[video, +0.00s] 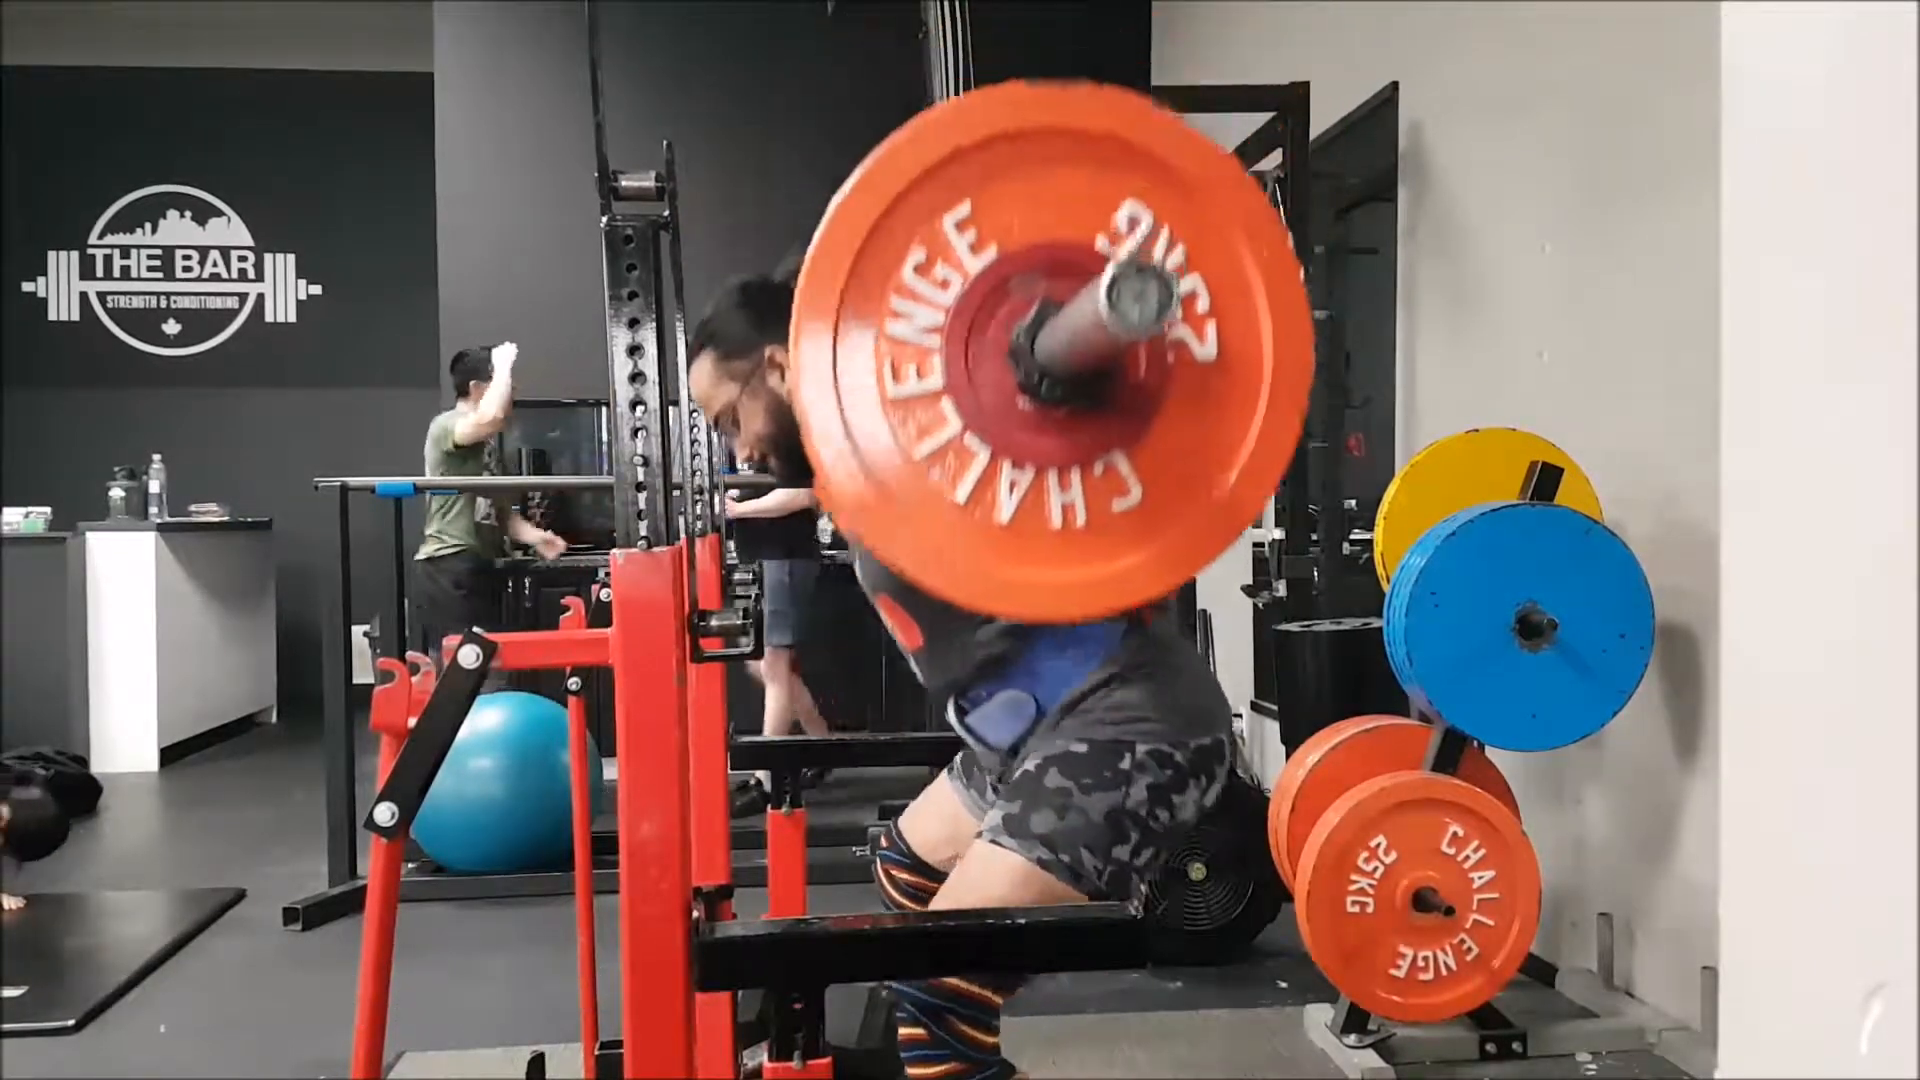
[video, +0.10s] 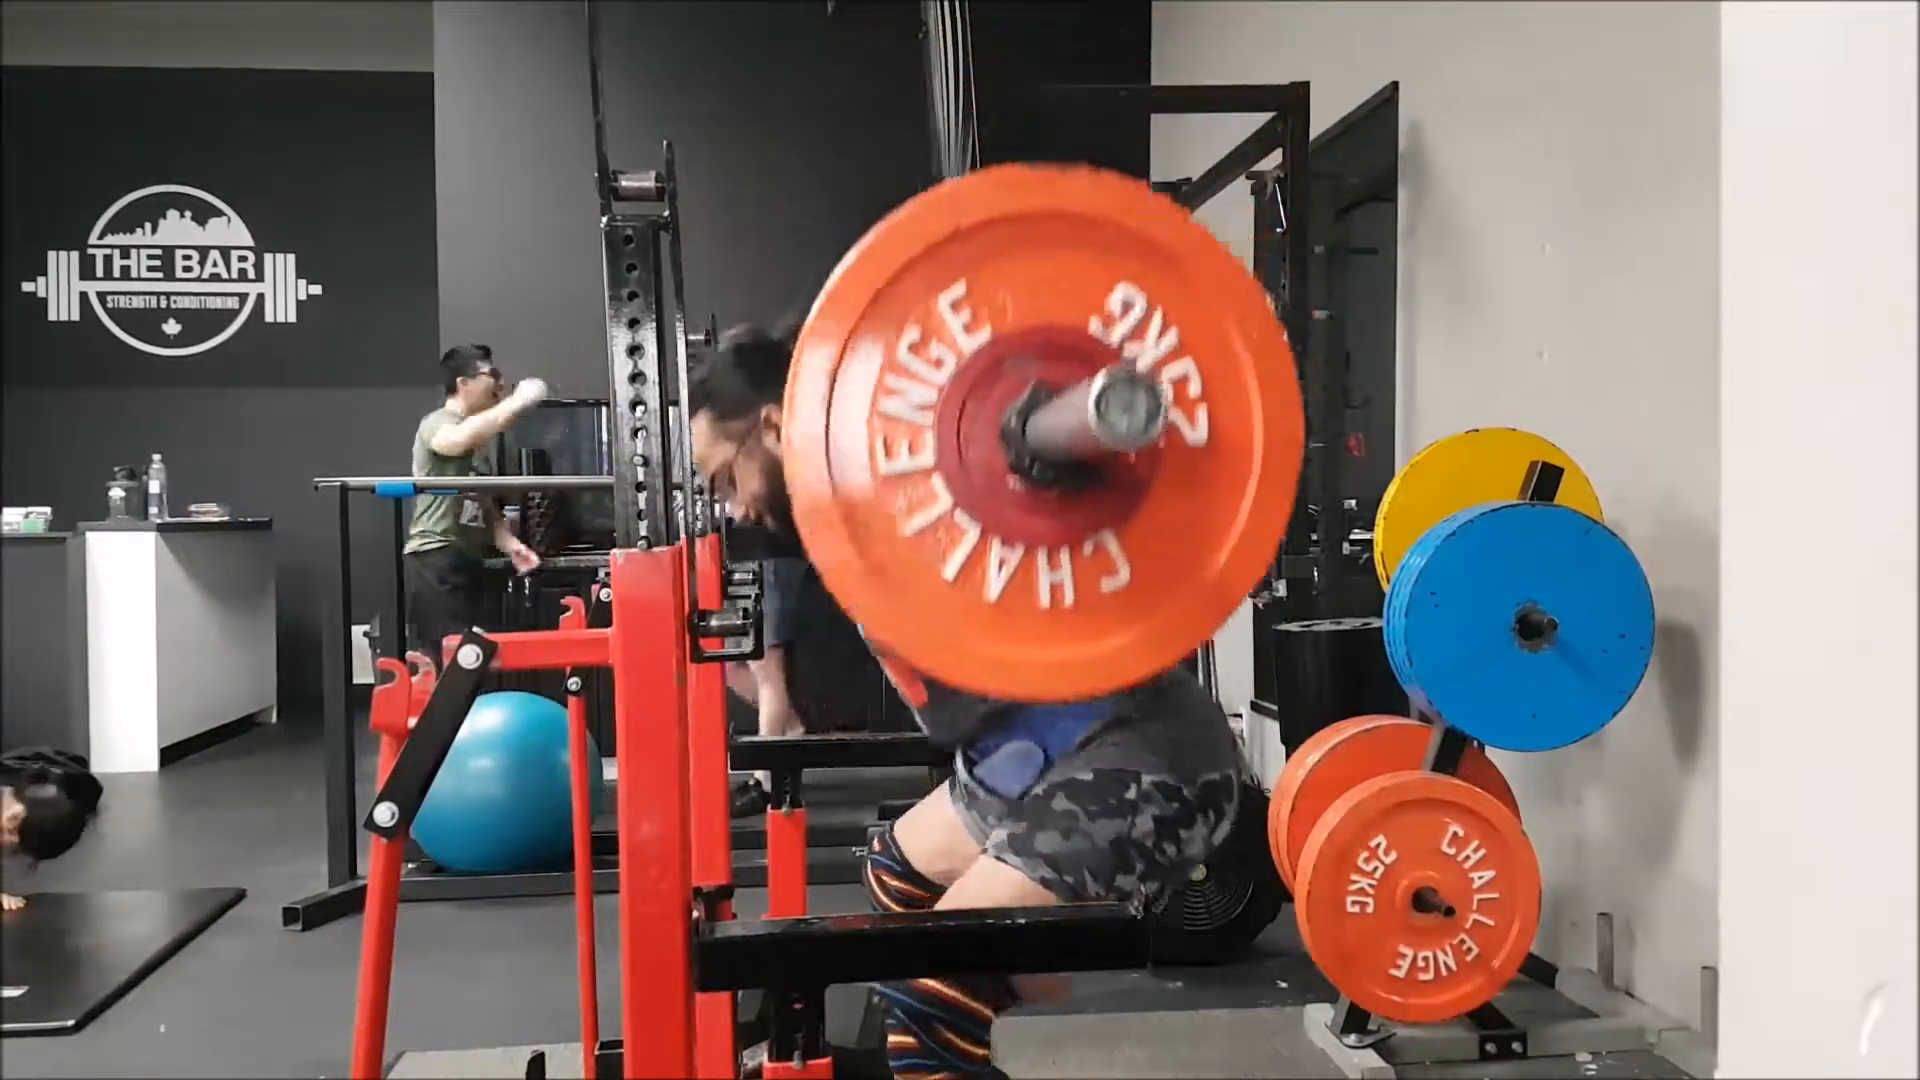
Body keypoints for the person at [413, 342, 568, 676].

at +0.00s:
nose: (508, 393)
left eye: (508, 385)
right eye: (499, 385)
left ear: (479, 391)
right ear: (474, 389)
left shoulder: (490, 442)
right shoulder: (445, 425)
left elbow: (503, 513)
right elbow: (492, 417)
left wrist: (538, 537)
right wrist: (502, 370)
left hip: (482, 563)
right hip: (446, 564)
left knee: (484, 660)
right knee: (462, 661)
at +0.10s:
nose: (499, 383)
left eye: (497, 375)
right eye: (490, 375)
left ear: (468, 384)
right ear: (462, 384)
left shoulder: (479, 434)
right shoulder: (436, 422)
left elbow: (486, 510)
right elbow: (456, 442)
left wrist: (511, 545)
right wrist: (514, 404)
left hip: (471, 557)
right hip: (435, 557)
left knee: (478, 653)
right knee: (447, 656)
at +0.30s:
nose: (478, 383)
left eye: (478, 377)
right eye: (470, 376)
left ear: (452, 385)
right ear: (440, 383)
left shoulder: (453, 441)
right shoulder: (415, 430)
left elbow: (463, 511)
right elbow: (410, 501)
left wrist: (480, 577)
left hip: (450, 567)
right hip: (419, 565)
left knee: (452, 672)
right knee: (417, 672)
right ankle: (371, 763)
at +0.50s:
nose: (452, 380)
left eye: (453, 374)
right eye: (443, 373)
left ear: (444, 385)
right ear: (411, 379)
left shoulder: (450, 446)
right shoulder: (370, 436)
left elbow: (458, 513)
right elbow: (358, 516)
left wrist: (459, 572)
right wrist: (382, 577)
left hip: (441, 578)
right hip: (394, 578)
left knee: (440, 687)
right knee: (382, 686)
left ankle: (433, 791)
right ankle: (365, 786)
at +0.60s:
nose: (437, 380)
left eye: (439, 373)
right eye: (427, 372)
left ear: (437, 383)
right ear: (395, 378)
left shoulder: (443, 446)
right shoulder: (354, 437)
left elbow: (454, 515)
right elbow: (334, 513)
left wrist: (464, 573)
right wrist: (346, 572)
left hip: (431, 573)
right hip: (376, 570)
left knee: (434, 681)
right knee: (373, 680)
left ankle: (428, 789)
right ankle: (360, 784)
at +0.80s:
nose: (412, 382)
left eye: (415, 375)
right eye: (402, 373)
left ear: (419, 383)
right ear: (374, 378)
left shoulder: (430, 445)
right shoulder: (336, 437)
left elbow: (456, 508)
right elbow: (308, 502)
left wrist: (477, 566)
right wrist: (295, 559)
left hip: (420, 571)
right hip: (359, 571)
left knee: (428, 678)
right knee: (351, 682)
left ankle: (426, 792)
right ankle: (347, 789)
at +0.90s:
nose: (407, 381)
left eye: (412, 374)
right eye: (397, 372)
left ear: (418, 382)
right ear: (371, 378)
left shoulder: (435, 443)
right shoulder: (335, 438)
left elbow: (454, 505)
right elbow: (306, 500)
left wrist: (469, 560)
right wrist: (292, 557)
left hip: (420, 570)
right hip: (359, 569)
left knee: (423, 674)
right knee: (353, 678)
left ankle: (423, 783)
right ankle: (348, 785)